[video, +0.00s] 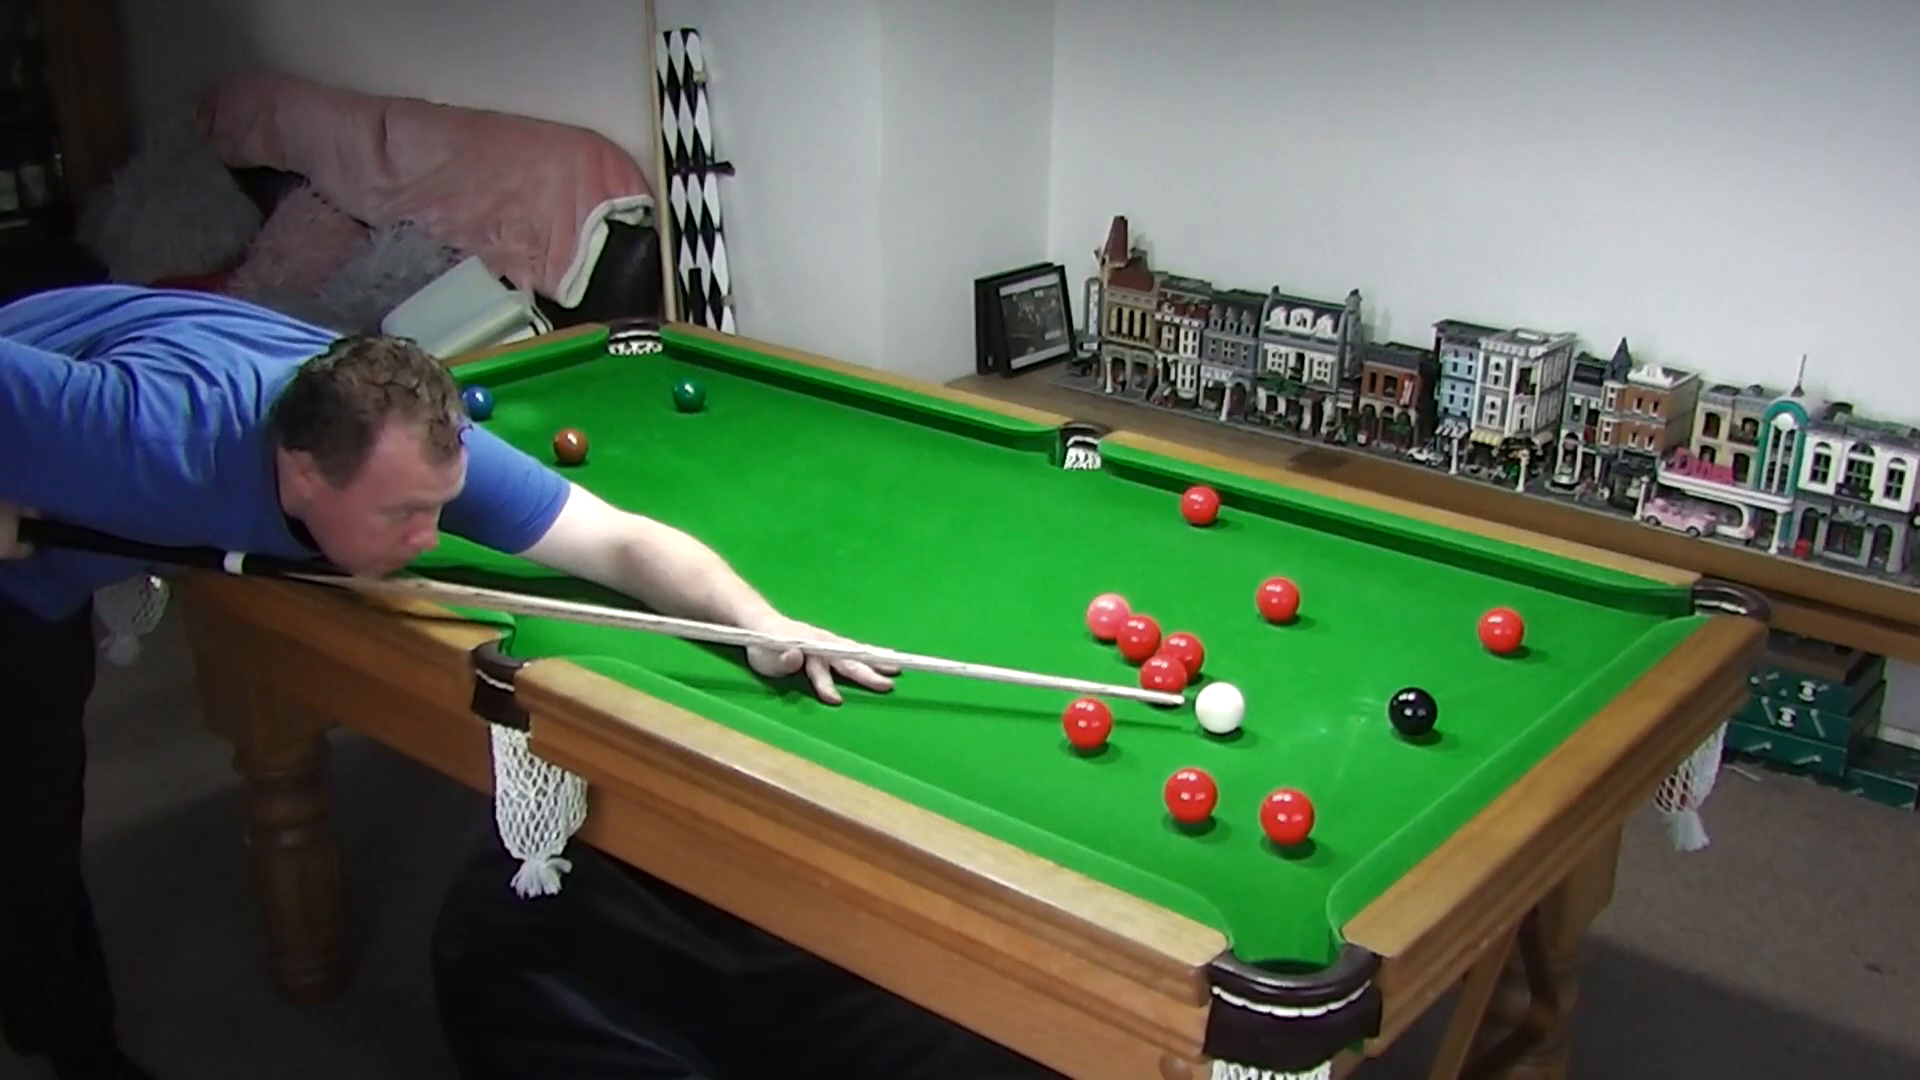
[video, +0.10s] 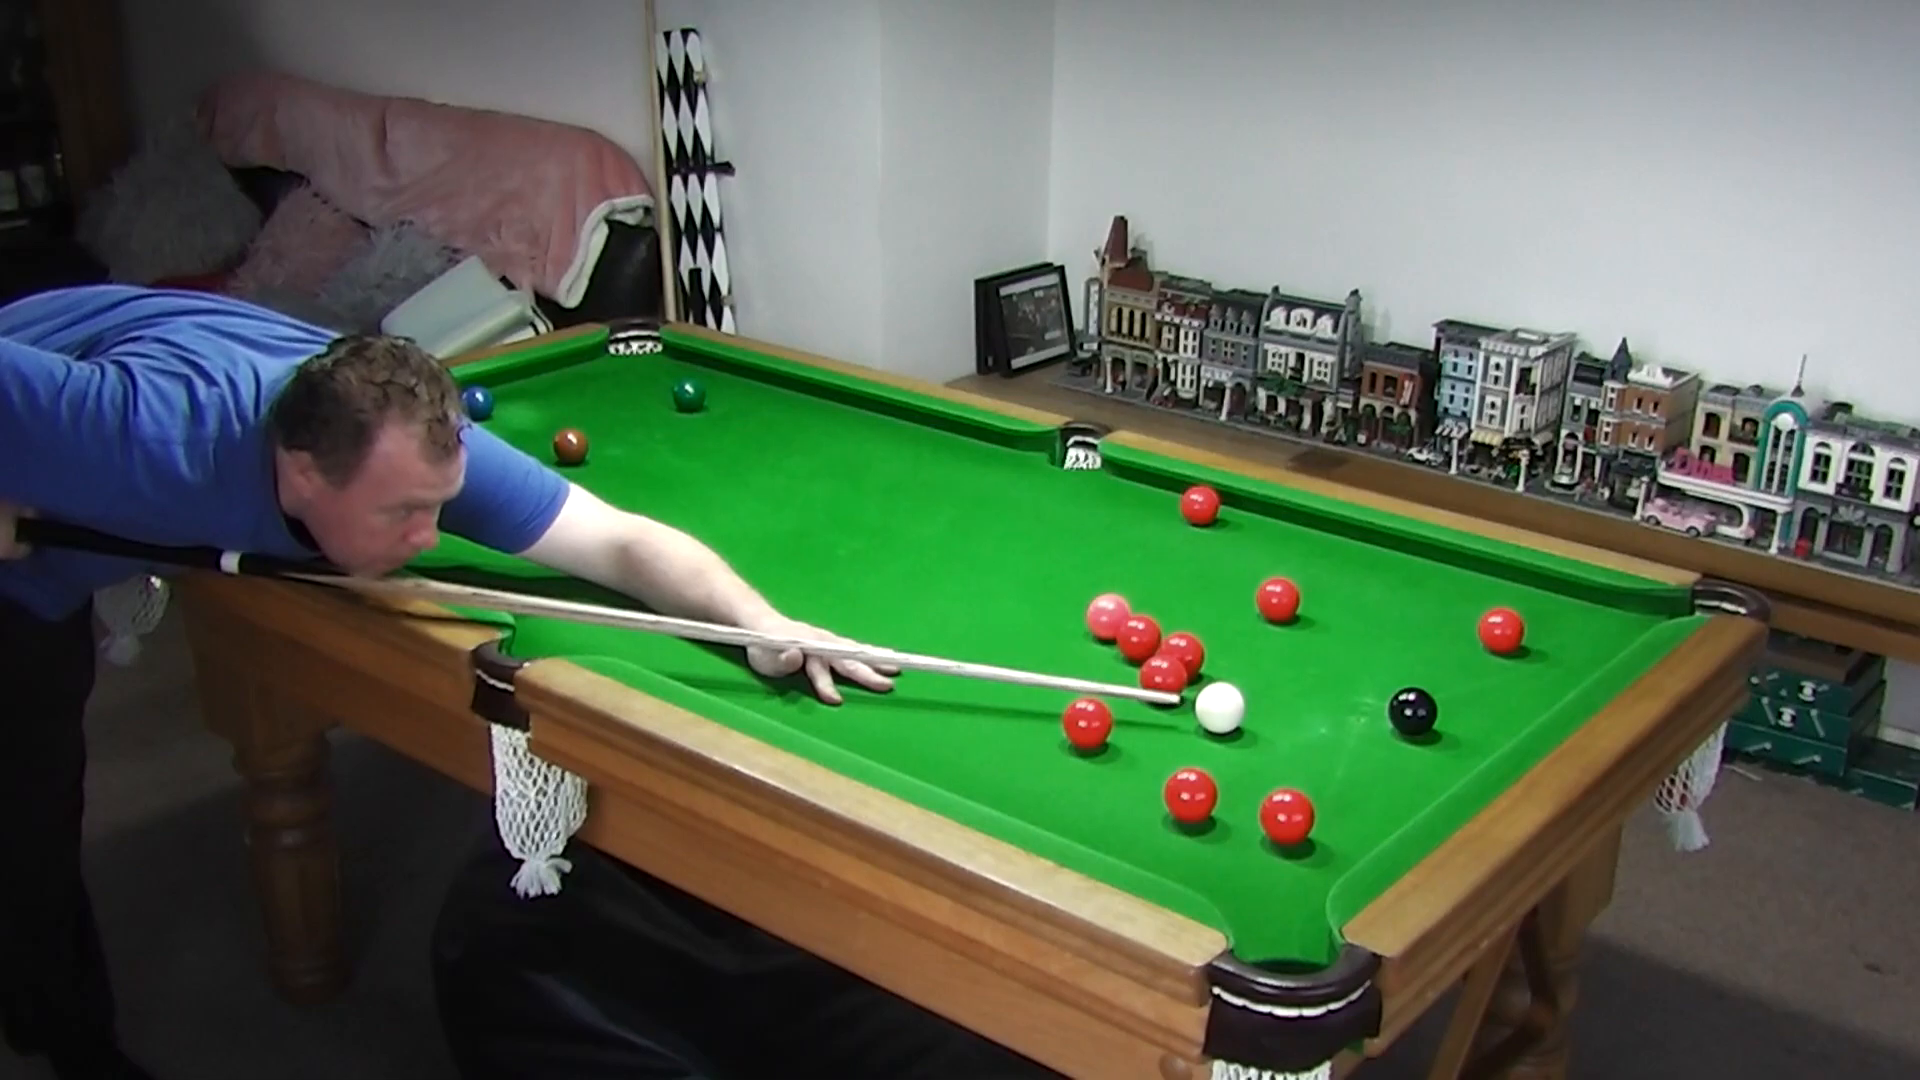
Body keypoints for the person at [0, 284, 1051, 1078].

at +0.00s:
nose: (428, 540)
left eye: (441, 510)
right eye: (402, 517)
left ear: (441, 452)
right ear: (302, 480)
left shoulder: (414, 435)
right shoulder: (151, 442)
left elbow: (617, 543)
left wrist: (763, 622)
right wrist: (15, 521)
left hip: (61, 541)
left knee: (41, 819)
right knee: (26, 823)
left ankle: (75, 1035)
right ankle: (57, 1032)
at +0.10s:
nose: (428, 538)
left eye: (441, 508)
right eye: (403, 515)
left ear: (439, 451)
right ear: (301, 480)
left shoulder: (412, 435)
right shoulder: (150, 443)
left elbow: (616, 543)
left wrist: (763, 622)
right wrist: (16, 522)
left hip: (60, 541)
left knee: (40, 820)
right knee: (26, 824)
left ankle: (75, 1035)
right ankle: (57, 1032)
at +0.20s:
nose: (427, 533)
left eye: (438, 505)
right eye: (401, 514)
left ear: (436, 446)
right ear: (300, 483)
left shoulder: (416, 436)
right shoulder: (139, 440)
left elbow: (615, 544)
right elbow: (1, 378)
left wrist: (763, 623)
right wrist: (29, 525)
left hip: (59, 541)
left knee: (40, 819)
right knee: (26, 823)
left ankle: (75, 1036)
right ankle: (58, 1033)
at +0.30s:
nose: (428, 532)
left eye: (438, 503)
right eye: (401, 513)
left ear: (434, 447)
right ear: (299, 483)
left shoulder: (417, 436)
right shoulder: (147, 444)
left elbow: (614, 543)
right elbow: (1, 377)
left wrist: (763, 622)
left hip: (54, 534)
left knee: (39, 819)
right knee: (25, 823)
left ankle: (74, 1035)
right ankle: (57, 1031)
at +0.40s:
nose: (427, 533)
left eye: (438, 504)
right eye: (400, 515)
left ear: (435, 446)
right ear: (298, 483)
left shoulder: (418, 436)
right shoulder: (148, 448)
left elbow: (614, 544)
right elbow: (0, 382)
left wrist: (764, 623)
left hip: (51, 533)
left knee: (38, 817)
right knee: (26, 821)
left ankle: (75, 1035)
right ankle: (58, 1032)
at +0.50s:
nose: (428, 534)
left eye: (439, 505)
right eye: (401, 516)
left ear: (437, 447)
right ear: (298, 485)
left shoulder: (419, 437)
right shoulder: (149, 450)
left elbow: (615, 544)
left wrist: (764, 623)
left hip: (50, 531)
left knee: (38, 817)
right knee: (25, 821)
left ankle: (75, 1036)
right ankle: (59, 1032)